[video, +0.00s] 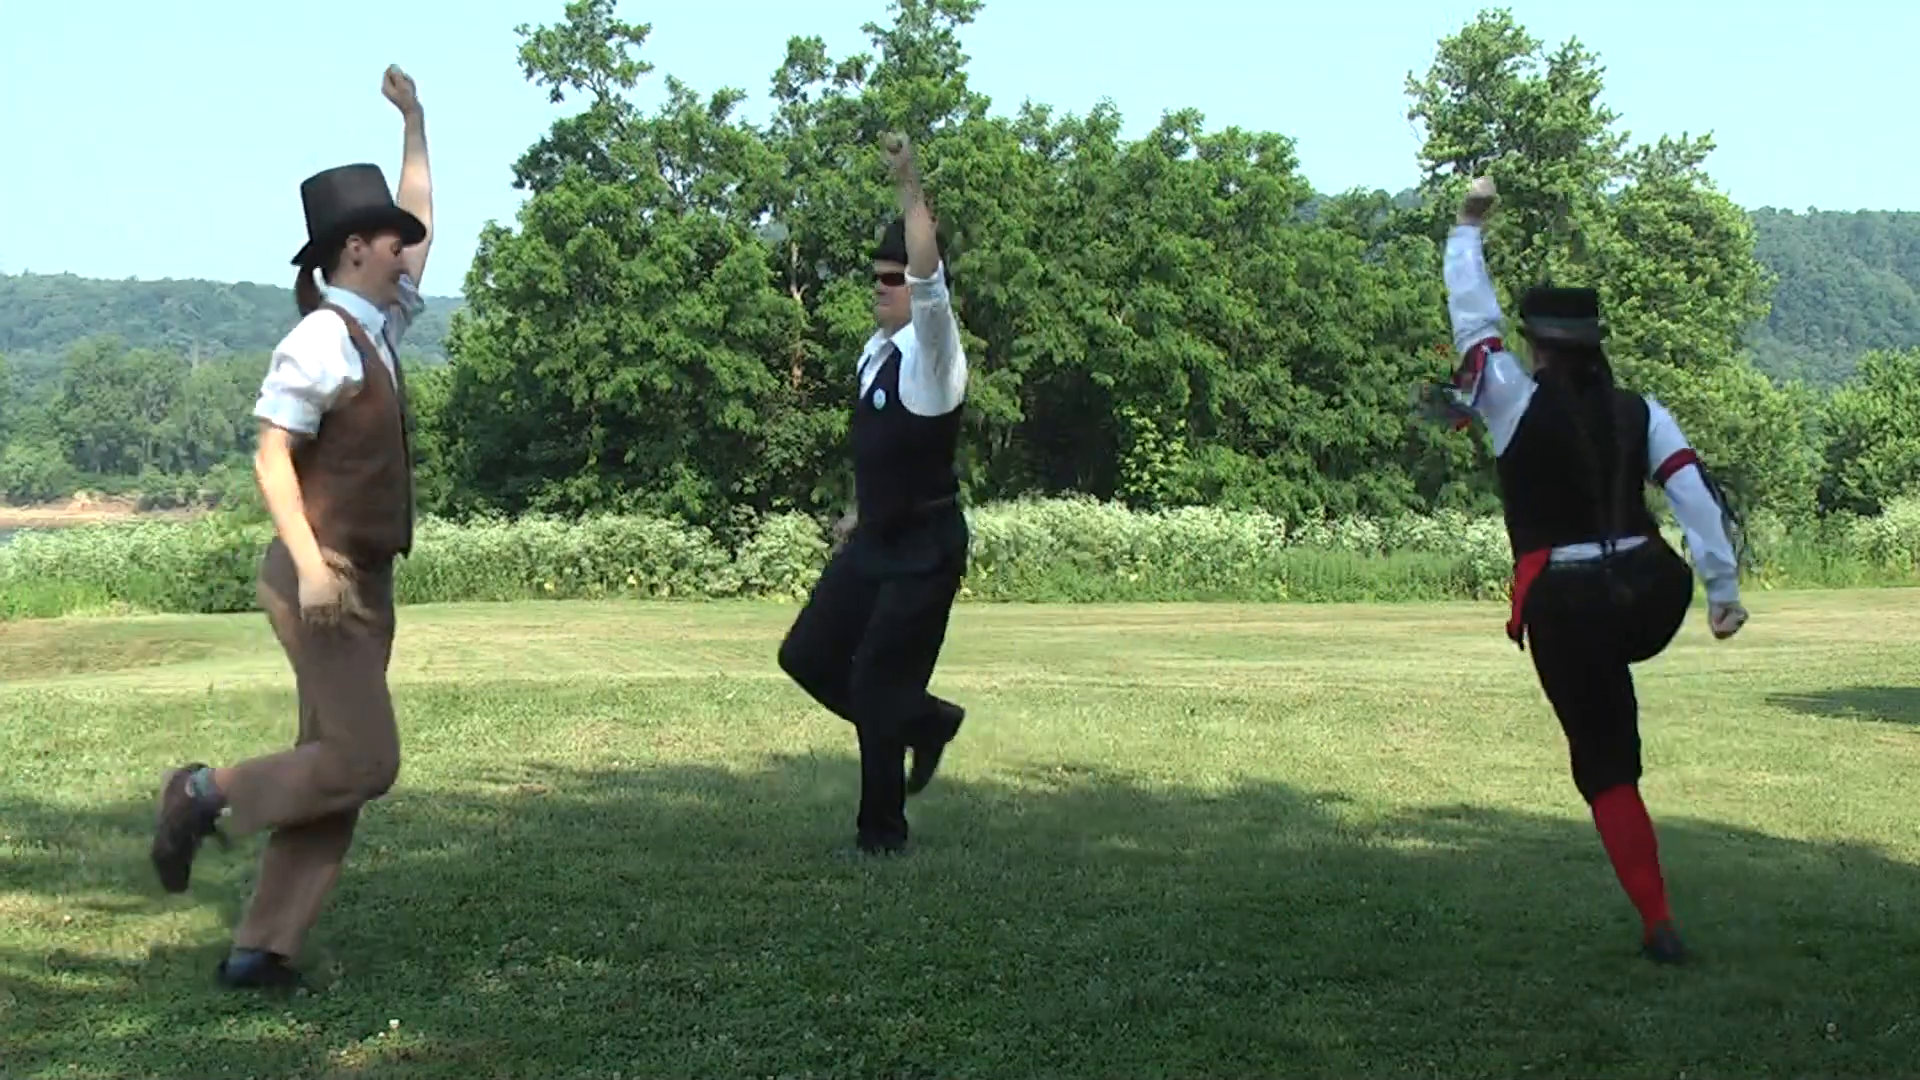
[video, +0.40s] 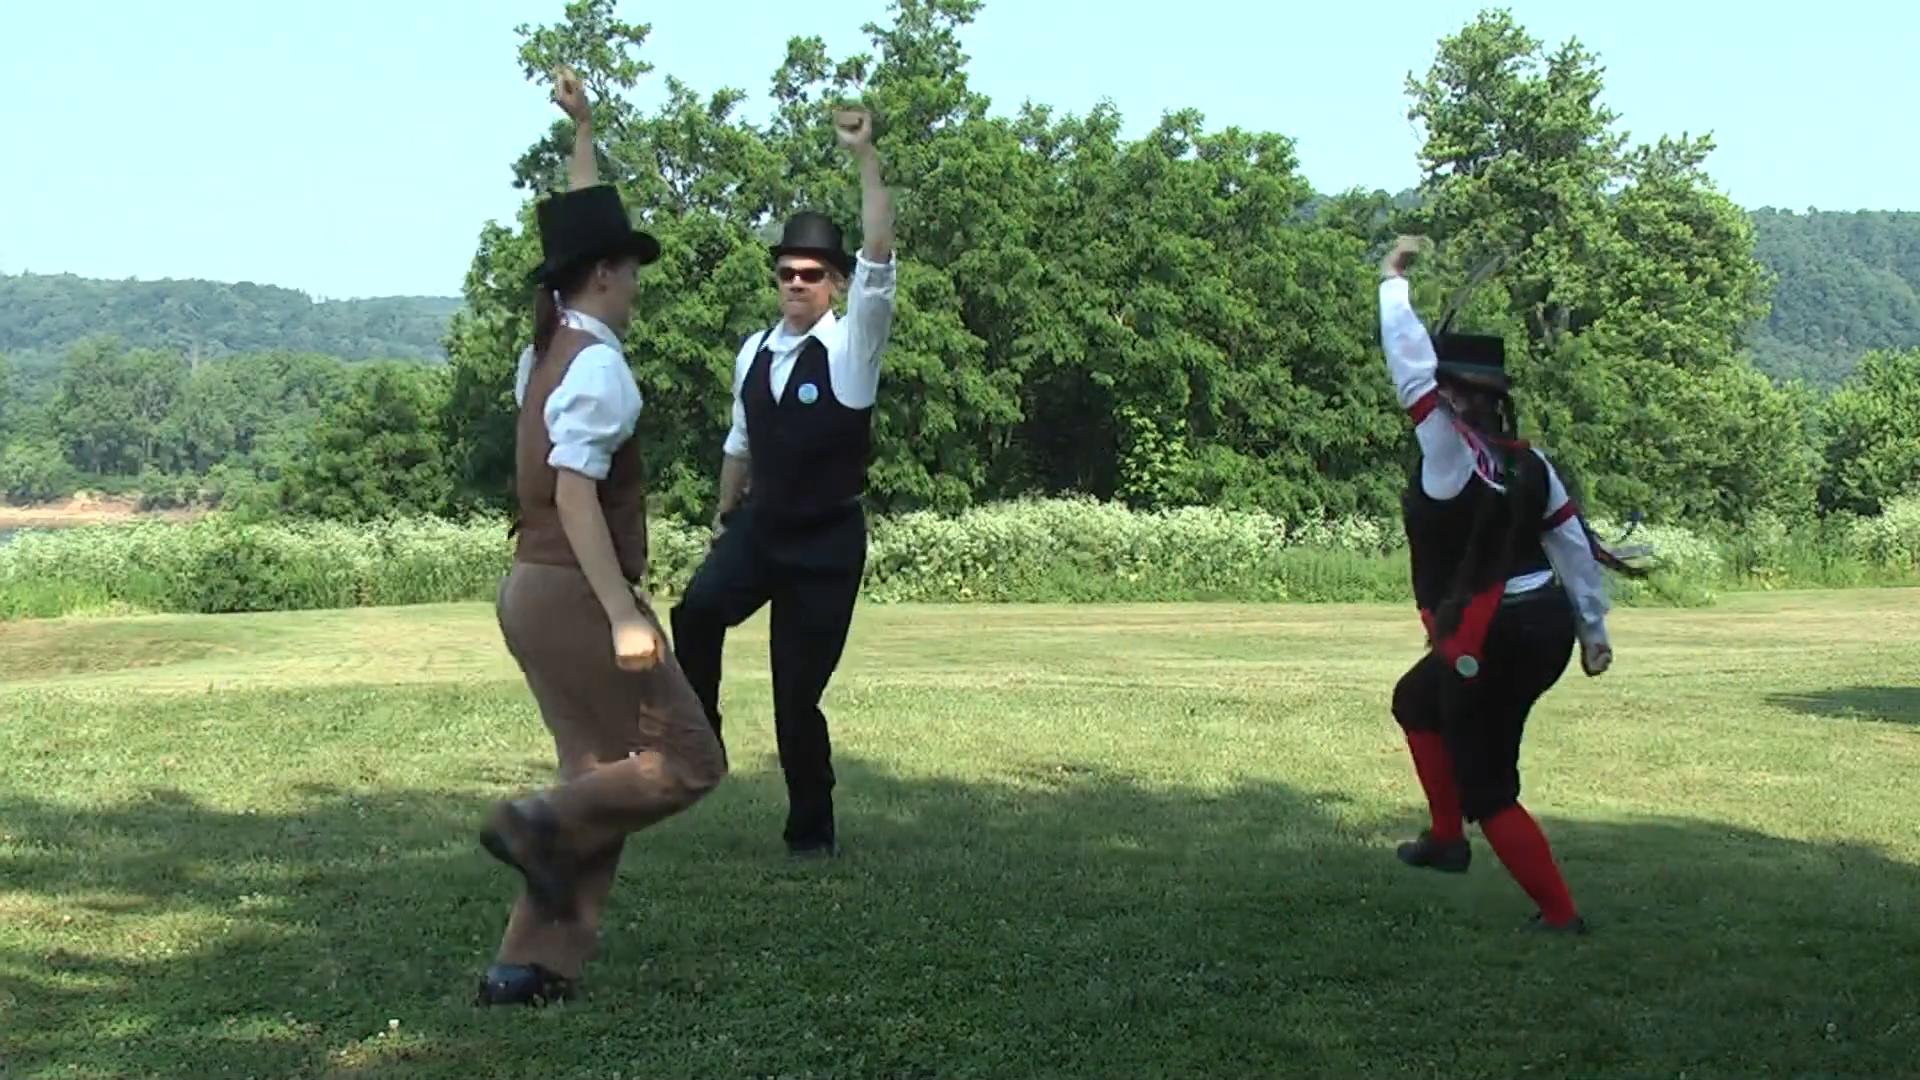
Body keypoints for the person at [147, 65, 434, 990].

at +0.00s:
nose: (412, 254)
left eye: (409, 240)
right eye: (397, 240)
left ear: (371, 253)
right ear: (352, 251)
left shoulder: (375, 322)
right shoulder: (322, 336)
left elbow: (414, 222)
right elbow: (270, 454)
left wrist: (414, 118)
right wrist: (311, 561)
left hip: (362, 575)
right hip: (320, 573)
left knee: (339, 771)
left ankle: (259, 952)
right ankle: (203, 795)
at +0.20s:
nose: (512, 227)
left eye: (511, 211)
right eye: (504, 212)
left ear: (456, 214)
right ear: (468, 213)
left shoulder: (457, 278)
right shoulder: (441, 295)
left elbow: (477, 179)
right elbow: (422, 423)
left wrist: (491, 75)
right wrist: (451, 539)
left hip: (477, 518)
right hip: (463, 520)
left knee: (472, 727)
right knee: (508, 721)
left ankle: (404, 926)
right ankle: (316, 732)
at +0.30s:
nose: (573, 272)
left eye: (571, 258)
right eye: (567, 258)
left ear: (514, 253)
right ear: (532, 256)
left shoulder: (493, 320)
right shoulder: (524, 340)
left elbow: (515, 212)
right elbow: (502, 466)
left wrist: (524, 106)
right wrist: (545, 578)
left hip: (501, 560)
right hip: (525, 565)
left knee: (525, 775)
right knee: (582, 771)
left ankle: (515, 968)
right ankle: (402, 762)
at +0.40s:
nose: (638, 283)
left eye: (635, 270)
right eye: (632, 271)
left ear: (575, 273)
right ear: (599, 276)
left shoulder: (553, 342)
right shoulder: (599, 368)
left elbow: (581, 232)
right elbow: (573, 493)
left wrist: (581, 123)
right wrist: (623, 608)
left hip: (534, 587)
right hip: (577, 592)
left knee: (592, 786)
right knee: (692, 761)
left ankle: (531, 966)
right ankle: (540, 825)